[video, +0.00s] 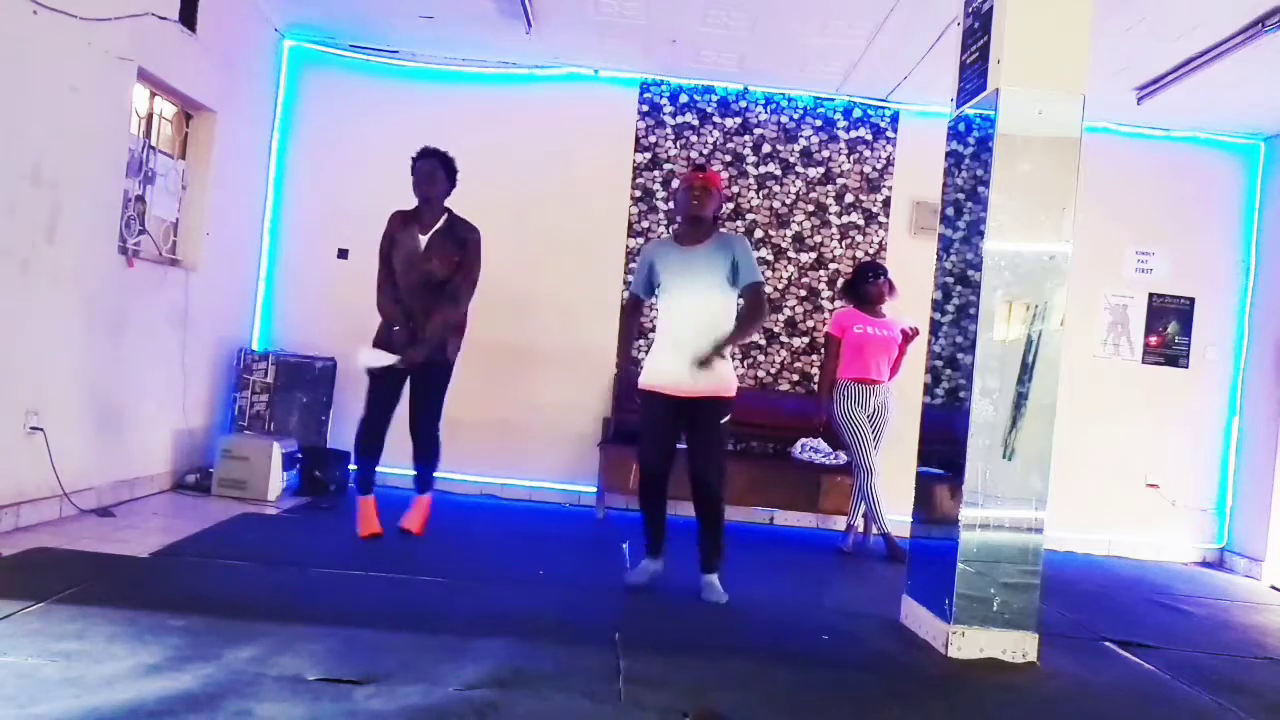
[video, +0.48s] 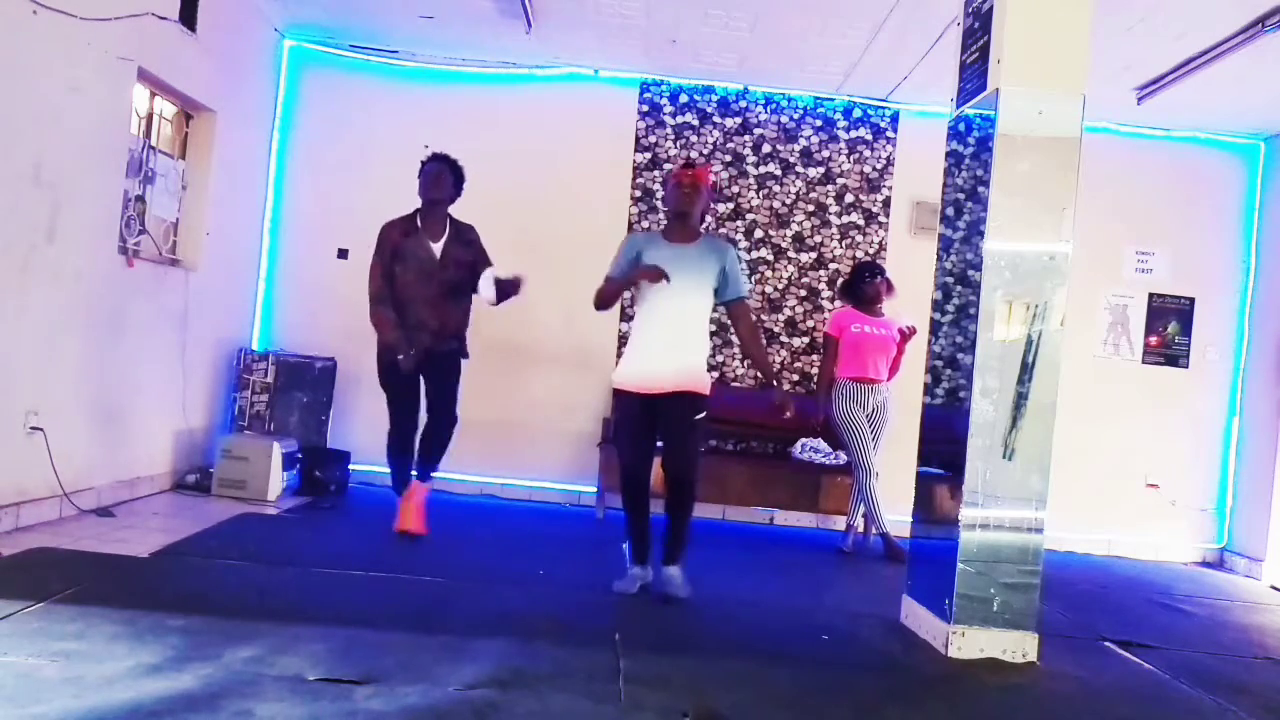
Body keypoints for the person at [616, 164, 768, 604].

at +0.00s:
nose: (696, 199)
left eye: (705, 193)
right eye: (689, 191)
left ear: (719, 202)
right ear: (677, 198)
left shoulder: (735, 248)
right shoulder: (655, 251)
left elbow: (757, 307)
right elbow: (631, 308)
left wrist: (725, 344)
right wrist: (624, 358)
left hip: (711, 387)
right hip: (659, 384)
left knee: (707, 480)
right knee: (651, 473)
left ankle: (710, 573)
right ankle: (653, 557)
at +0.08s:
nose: (697, 198)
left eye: (705, 193)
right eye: (691, 191)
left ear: (719, 203)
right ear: (678, 198)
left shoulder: (735, 249)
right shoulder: (655, 251)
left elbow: (755, 313)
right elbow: (631, 308)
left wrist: (729, 361)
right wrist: (624, 359)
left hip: (711, 391)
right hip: (659, 387)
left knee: (706, 486)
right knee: (650, 478)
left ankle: (708, 573)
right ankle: (646, 563)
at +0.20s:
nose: (696, 199)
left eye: (704, 194)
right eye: (689, 193)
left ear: (717, 205)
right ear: (675, 200)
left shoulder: (732, 253)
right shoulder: (654, 252)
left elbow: (746, 321)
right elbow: (625, 310)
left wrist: (755, 381)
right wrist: (626, 357)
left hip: (706, 390)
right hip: (655, 387)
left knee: (702, 485)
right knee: (646, 480)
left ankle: (708, 573)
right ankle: (643, 567)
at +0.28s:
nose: (689, 197)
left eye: (698, 193)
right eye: (683, 191)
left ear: (712, 206)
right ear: (669, 201)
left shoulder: (727, 253)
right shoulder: (649, 253)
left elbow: (745, 323)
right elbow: (619, 310)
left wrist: (766, 385)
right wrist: (630, 328)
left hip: (694, 387)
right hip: (642, 385)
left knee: (692, 482)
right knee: (636, 479)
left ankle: (708, 572)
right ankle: (641, 566)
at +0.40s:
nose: (686, 198)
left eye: (694, 193)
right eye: (680, 191)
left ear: (708, 203)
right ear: (668, 198)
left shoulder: (724, 253)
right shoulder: (643, 251)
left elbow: (746, 323)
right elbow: (611, 310)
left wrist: (770, 384)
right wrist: (636, 298)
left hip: (686, 384)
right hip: (636, 382)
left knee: (681, 481)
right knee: (635, 479)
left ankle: (699, 568)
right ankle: (641, 568)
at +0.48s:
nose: (683, 193)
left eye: (692, 188)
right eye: (677, 186)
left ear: (706, 201)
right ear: (665, 195)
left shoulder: (721, 253)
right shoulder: (638, 244)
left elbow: (743, 320)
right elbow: (601, 301)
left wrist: (771, 379)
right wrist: (631, 277)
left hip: (687, 381)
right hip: (635, 379)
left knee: (682, 476)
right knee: (633, 475)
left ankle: (672, 566)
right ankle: (638, 565)